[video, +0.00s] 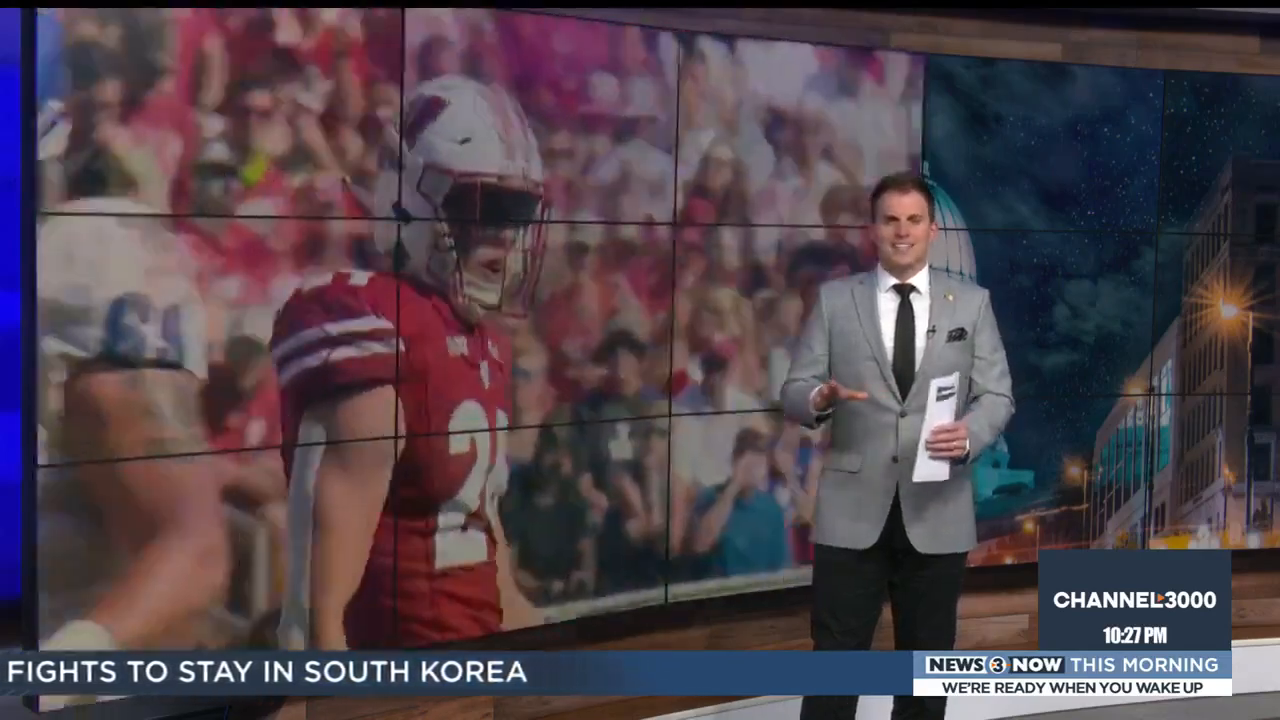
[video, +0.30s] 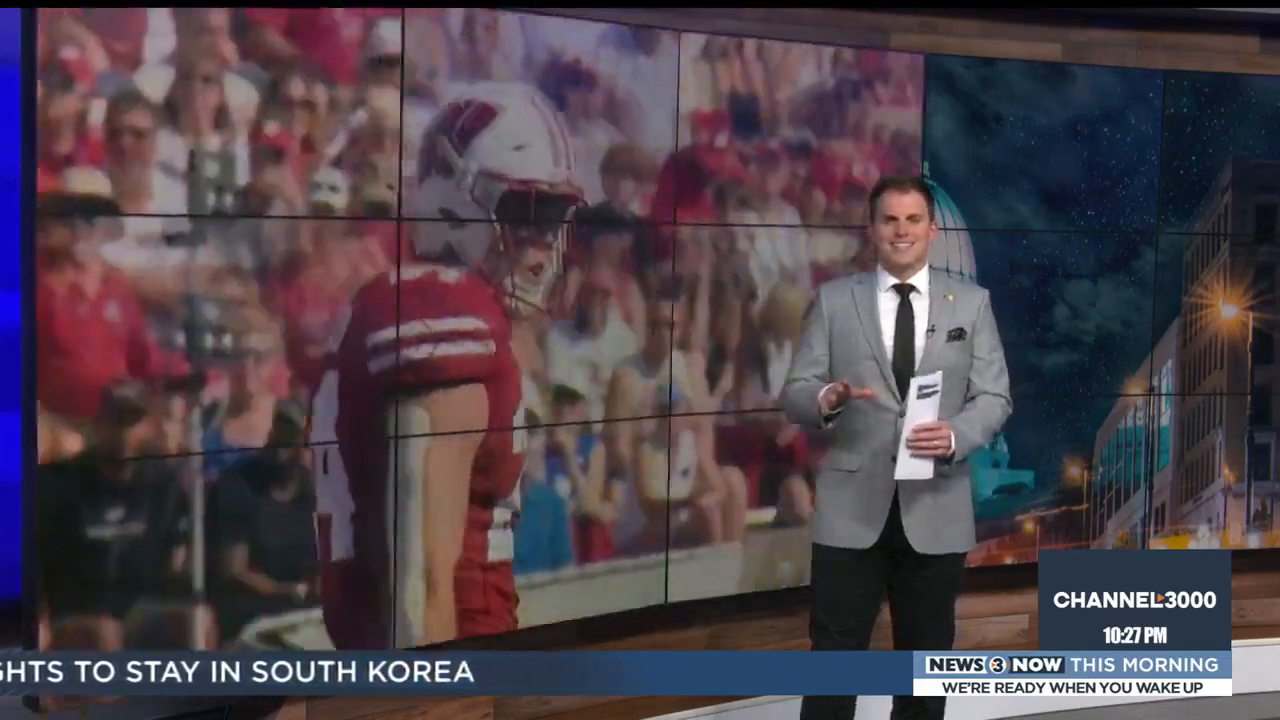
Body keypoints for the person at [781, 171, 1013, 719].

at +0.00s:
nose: (902, 231)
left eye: (914, 220)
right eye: (890, 220)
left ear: (932, 228)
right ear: (874, 229)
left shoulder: (970, 301)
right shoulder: (835, 300)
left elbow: (996, 396)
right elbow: (792, 392)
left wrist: (970, 432)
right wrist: (818, 398)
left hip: (937, 509)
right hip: (851, 508)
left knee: (928, 667)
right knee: (833, 665)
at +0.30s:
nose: (902, 230)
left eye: (913, 219)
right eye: (890, 220)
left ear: (932, 227)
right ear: (872, 230)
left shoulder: (970, 302)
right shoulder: (834, 300)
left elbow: (994, 397)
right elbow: (795, 393)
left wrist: (956, 434)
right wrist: (823, 399)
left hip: (936, 508)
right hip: (850, 508)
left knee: (927, 665)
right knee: (832, 662)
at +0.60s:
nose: (900, 231)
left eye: (912, 219)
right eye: (887, 220)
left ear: (931, 228)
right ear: (870, 229)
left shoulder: (968, 301)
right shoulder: (833, 300)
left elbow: (993, 398)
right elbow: (790, 391)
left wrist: (954, 438)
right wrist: (823, 401)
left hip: (933, 510)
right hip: (848, 509)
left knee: (926, 667)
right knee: (830, 665)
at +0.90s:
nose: (895, 235)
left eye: (907, 222)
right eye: (883, 223)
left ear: (927, 230)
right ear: (867, 231)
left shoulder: (965, 301)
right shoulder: (828, 300)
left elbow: (991, 399)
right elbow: (780, 385)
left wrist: (936, 426)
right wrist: (794, 400)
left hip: (928, 511)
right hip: (843, 509)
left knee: (923, 669)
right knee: (828, 668)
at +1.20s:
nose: (884, 230)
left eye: (897, 219)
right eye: (872, 219)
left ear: (917, 228)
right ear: (857, 229)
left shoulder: (958, 301)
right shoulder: (820, 301)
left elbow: (981, 402)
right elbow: (788, 380)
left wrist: (918, 433)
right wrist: (783, 401)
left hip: (920, 512)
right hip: (835, 510)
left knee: (917, 670)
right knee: (823, 669)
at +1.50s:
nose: (878, 229)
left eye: (891, 217)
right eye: (866, 217)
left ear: (912, 227)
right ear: (850, 226)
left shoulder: (953, 304)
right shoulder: (813, 302)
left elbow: (974, 405)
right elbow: (782, 388)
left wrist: (912, 439)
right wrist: (779, 411)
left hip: (915, 517)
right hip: (828, 515)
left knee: (913, 672)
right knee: (819, 672)